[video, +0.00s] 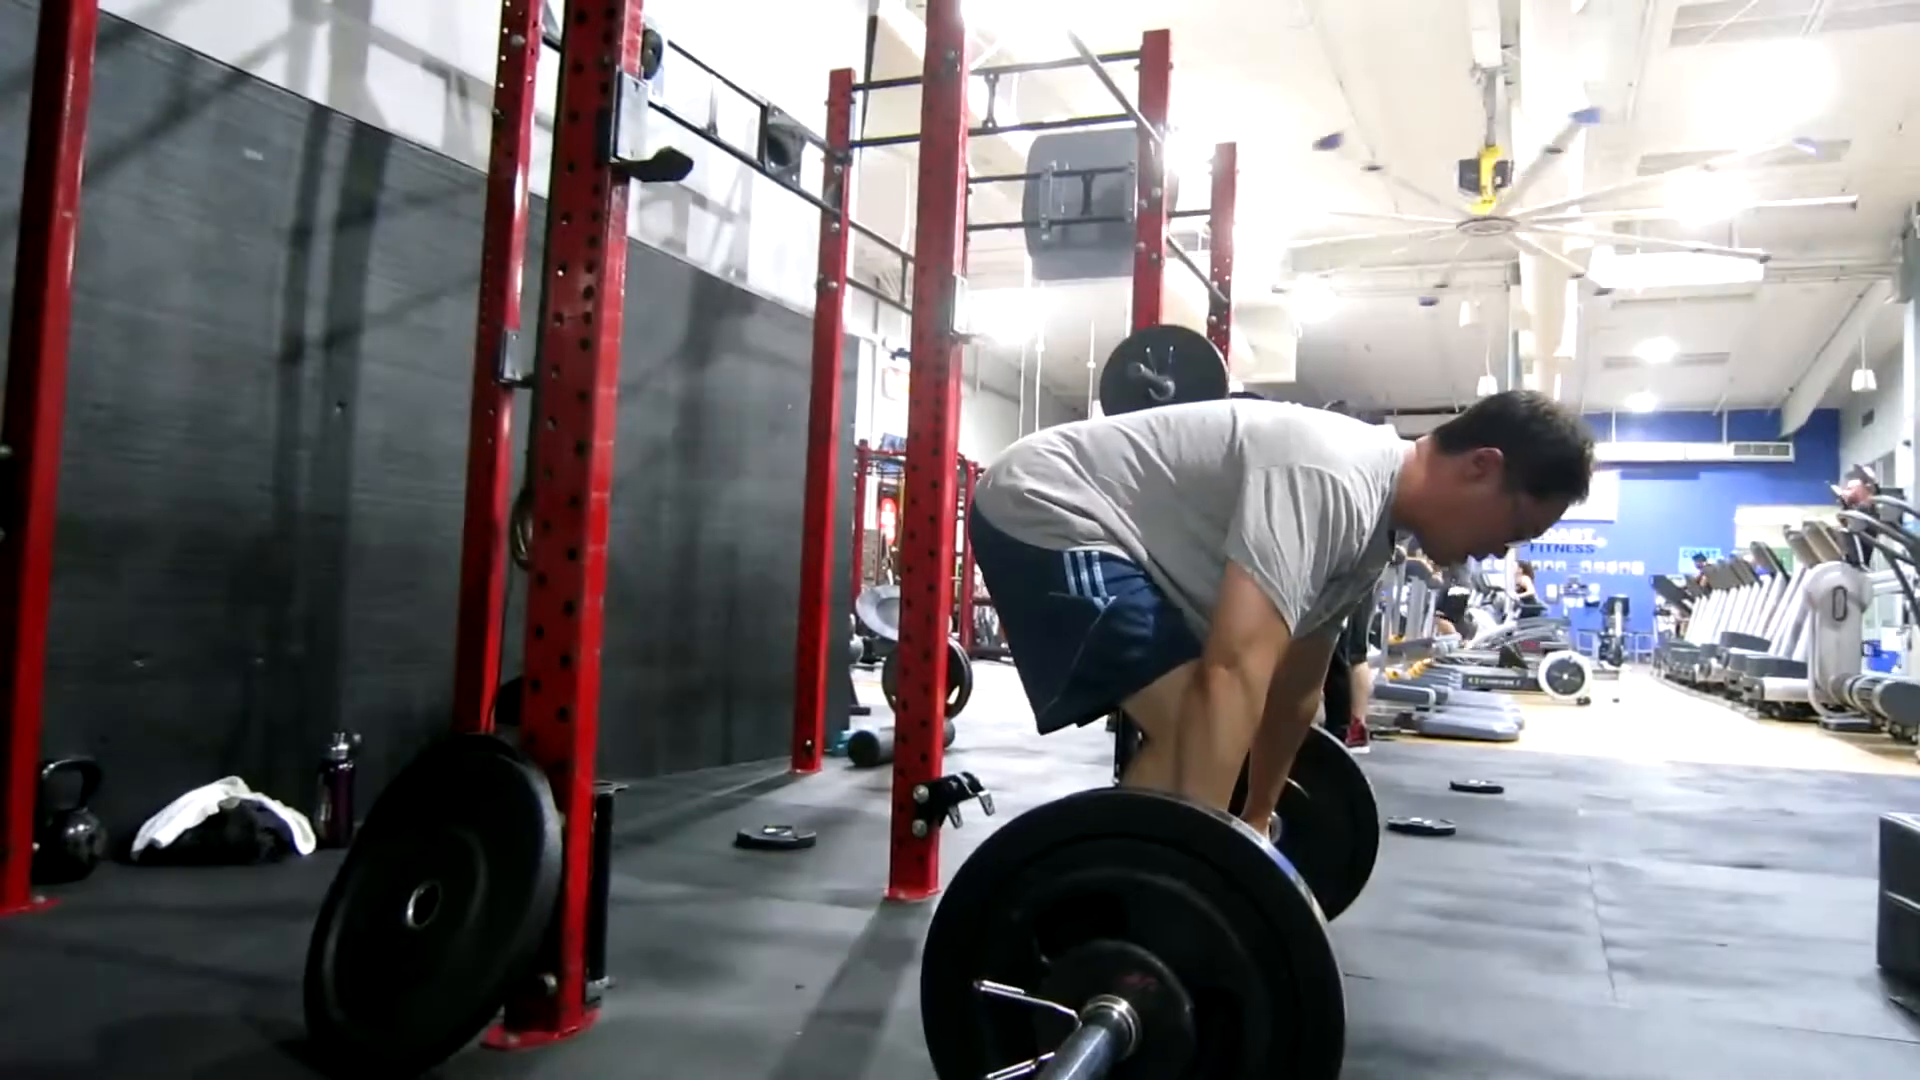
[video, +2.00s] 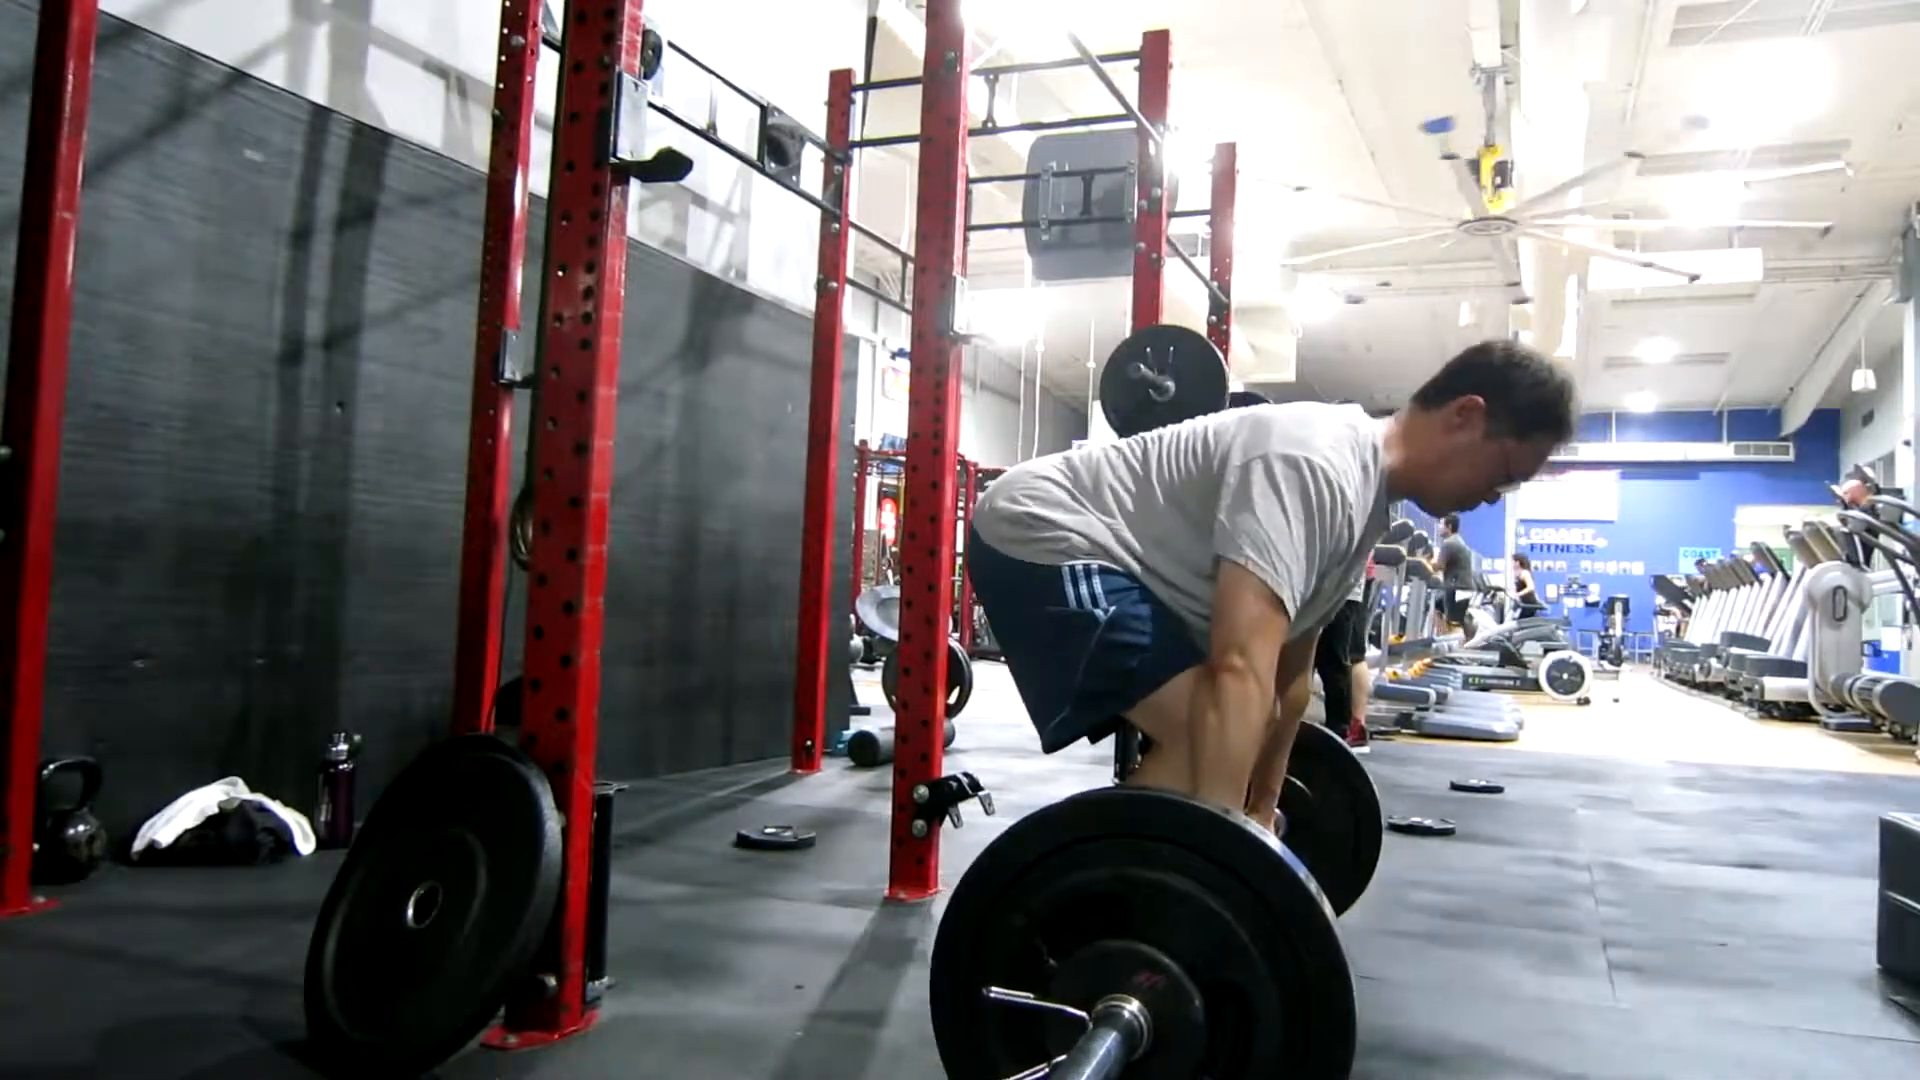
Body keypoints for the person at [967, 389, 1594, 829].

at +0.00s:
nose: (1499, 554)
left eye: (1518, 543)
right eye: (1513, 531)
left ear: (1480, 468)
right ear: (1481, 468)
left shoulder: (1371, 528)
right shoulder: (1327, 474)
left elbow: (1295, 692)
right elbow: (1234, 667)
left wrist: (1254, 829)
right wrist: (1181, 873)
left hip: (1106, 526)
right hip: (1051, 503)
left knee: (1184, 729)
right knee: (1202, 708)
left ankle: (1114, 910)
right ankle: (1152, 914)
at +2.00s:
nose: (1493, 498)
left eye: (1511, 485)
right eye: (1505, 475)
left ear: (1465, 421)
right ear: (1466, 420)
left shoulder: (1364, 498)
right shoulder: (1310, 463)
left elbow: (1291, 673)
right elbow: (1234, 669)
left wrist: (1259, 818)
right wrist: (1212, 856)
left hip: (1107, 551)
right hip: (1044, 529)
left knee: (1204, 735)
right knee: (1196, 719)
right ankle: (1161, 918)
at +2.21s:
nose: (1480, 467)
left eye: (1498, 454)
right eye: (1491, 442)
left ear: (1451, 387)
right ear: (1452, 384)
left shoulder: (1352, 476)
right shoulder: (1304, 417)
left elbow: (1269, 623)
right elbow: (1206, 597)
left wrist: (1265, 782)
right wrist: (1224, 794)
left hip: (1106, 536)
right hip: (1037, 503)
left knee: (1229, 708)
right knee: (1184, 724)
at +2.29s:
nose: (1483, 434)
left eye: (1499, 421)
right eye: (1491, 408)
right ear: (1450, 352)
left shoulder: (1350, 447)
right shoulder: (1306, 389)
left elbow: (1260, 590)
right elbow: (1200, 540)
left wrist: (1267, 742)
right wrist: (1213, 738)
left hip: (1109, 531)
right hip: (1043, 501)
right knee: (1108, 754)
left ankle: (1141, 1000)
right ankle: (1100, 1007)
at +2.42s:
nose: (1483, 379)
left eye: (1500, 364)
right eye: (1494, 353)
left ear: (1453, 298)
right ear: (1452, 293)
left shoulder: (1349, 396)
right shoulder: (1312, 333)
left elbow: (1254, 518)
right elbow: (1196, 436)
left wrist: (1274, 640)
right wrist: (1214, 625)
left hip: (1114, 508)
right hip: (1047, 488)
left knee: (1175, 719)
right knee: (1124, 730)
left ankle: (1161, 939)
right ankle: (1099, 979)